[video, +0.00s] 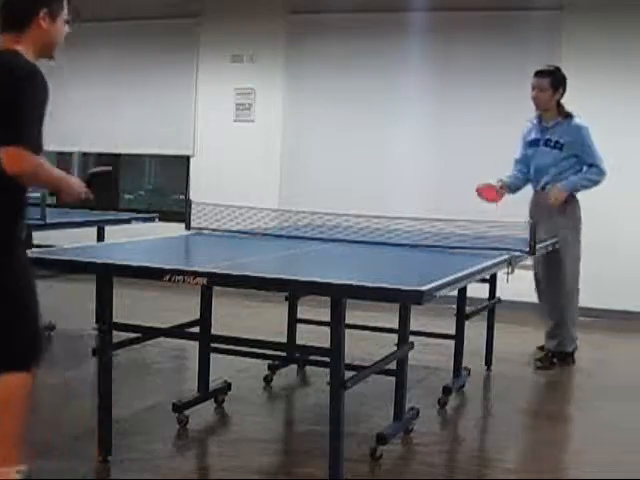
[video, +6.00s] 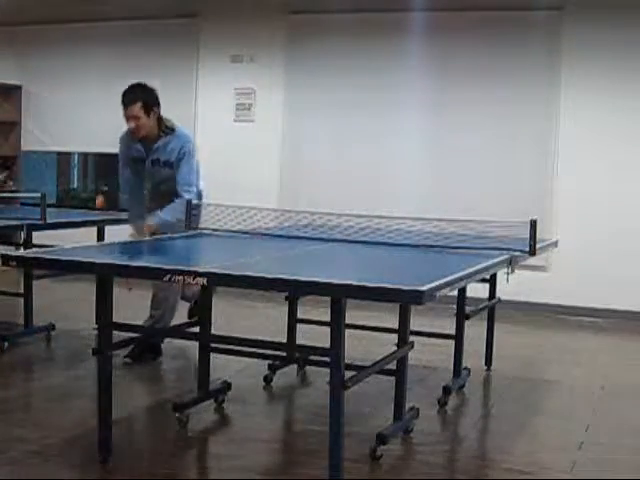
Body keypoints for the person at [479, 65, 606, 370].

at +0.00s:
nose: (534, 95)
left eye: (541, 90)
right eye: (533, 89)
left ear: (558, 93)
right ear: (532, 92)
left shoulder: (576, 131)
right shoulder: (532, 131)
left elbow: (597, 171)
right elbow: (523, 171)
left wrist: (566, 187)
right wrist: (504, 185)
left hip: (563, 207)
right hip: (539, 206)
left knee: (564, 274)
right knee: (544, 275)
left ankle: (564, 346)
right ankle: (556, 339)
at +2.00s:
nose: (393, 95)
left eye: (398, 89)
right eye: (389, 91)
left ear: (412, 90)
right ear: (385, 95)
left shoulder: (432, 125)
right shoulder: (381, 128)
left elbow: (442, 166)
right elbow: (373, 161)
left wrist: (442, 196)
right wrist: (381, 167)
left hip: (424, 195)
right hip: (394, 195)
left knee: (428, 261)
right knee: (391, 261)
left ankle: (434, 332)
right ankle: (393, 332)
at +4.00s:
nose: (365, 109)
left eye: (370, 104)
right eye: (362, 104)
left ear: (382, 109)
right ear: (358, 109)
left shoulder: (396, 144)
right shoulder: (353, 146)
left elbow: (410, 186)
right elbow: (350, 188)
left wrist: (405, 220)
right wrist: (350, 220)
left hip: (392, 216)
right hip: (363, 217)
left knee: (389, 267)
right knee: (363, 268)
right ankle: (375, 322)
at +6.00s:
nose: (131, 126)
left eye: (136, 119)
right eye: (128, 119)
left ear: (154, 113)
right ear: (125, 117)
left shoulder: (181, 143)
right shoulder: (128, 142)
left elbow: (187, 198)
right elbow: (129, 189)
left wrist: (153, 222)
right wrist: (138, 227)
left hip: (183, 215)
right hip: (152, 216)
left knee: (168, 274)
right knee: (153, 268)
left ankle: (152, 337)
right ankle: (196, 291)